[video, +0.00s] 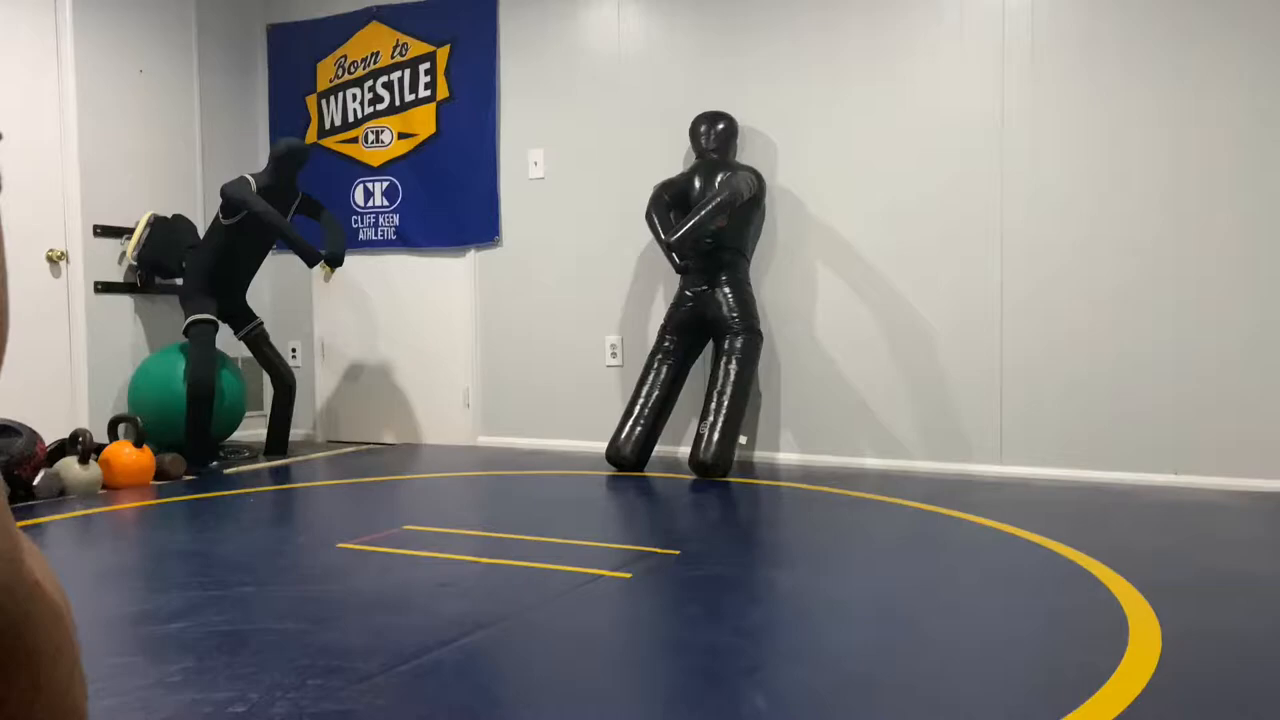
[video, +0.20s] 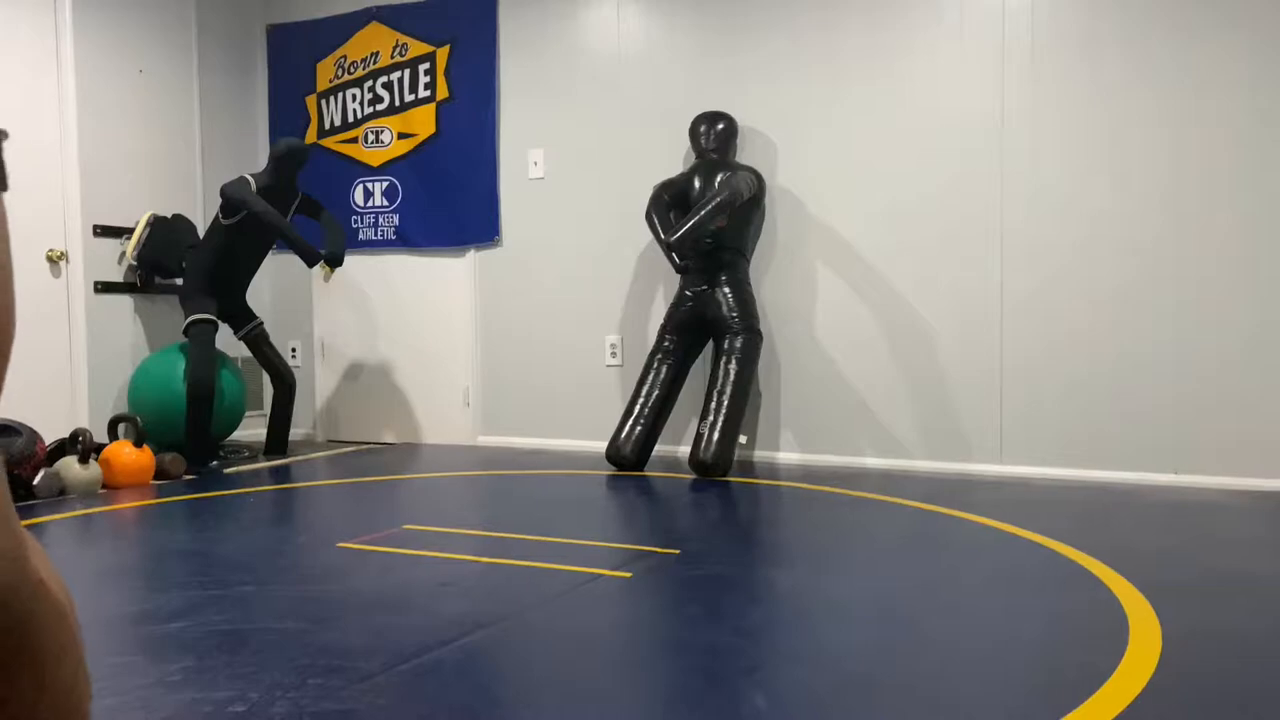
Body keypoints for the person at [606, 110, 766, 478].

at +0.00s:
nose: (711, 143)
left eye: (702, 137)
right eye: (726, 136)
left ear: (694, 143)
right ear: (733, 141)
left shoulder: (677, 182)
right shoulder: (749, 177)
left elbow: (655, 207)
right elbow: (728, 194)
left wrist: (676, 255)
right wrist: (677, 243)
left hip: (688, 294)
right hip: (731, 293)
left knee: (668, 354)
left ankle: (627, 451)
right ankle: (712, 457)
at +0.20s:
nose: (712, 143)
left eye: (703, 137)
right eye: (725, 136)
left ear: (694, 143)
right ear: (733, 141)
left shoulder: (675, 183)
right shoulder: (749, 177)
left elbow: (655, 208)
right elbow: (728, 193)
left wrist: (676, 255)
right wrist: (677, 243)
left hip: (688, 294)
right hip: (731, 293)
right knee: (739, 339)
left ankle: (626, 450)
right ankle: (712, 456)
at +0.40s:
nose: (716, 142)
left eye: (705, 136)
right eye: (726, 136)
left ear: (694, 143)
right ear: (733, 141)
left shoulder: (674, 184)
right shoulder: (749, 177)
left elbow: (655, 208)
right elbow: (727, 193)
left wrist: (676, 254)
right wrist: (677, 243)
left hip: (688, 294)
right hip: (731, 293)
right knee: (709, 463)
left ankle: (627, 450)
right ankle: (712, 456)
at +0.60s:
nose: (708, 143)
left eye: (701, 137)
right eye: (725, 136)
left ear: (694, 143)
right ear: (732, 141)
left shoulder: (676, 182)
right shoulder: (748, 176)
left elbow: (655, 208)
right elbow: (726, 194)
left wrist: (676, 256)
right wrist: (676, 242)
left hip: (688, 293)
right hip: (729, 291)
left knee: (669, 351)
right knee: (739, 339)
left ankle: (626, 451)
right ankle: (711, 456)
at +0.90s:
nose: (705, 143)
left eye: (701, 136)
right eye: (721, 135)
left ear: (694, 142)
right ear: (732, 141)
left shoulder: (677, 182)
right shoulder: (748, 176)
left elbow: (655, 207)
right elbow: (727, 195)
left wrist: (675, 255)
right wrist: (676, 242)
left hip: (688, 292)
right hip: (729, 290)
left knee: (669, 352)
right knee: (739, 339)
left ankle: (626, 451)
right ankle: (711, 457)